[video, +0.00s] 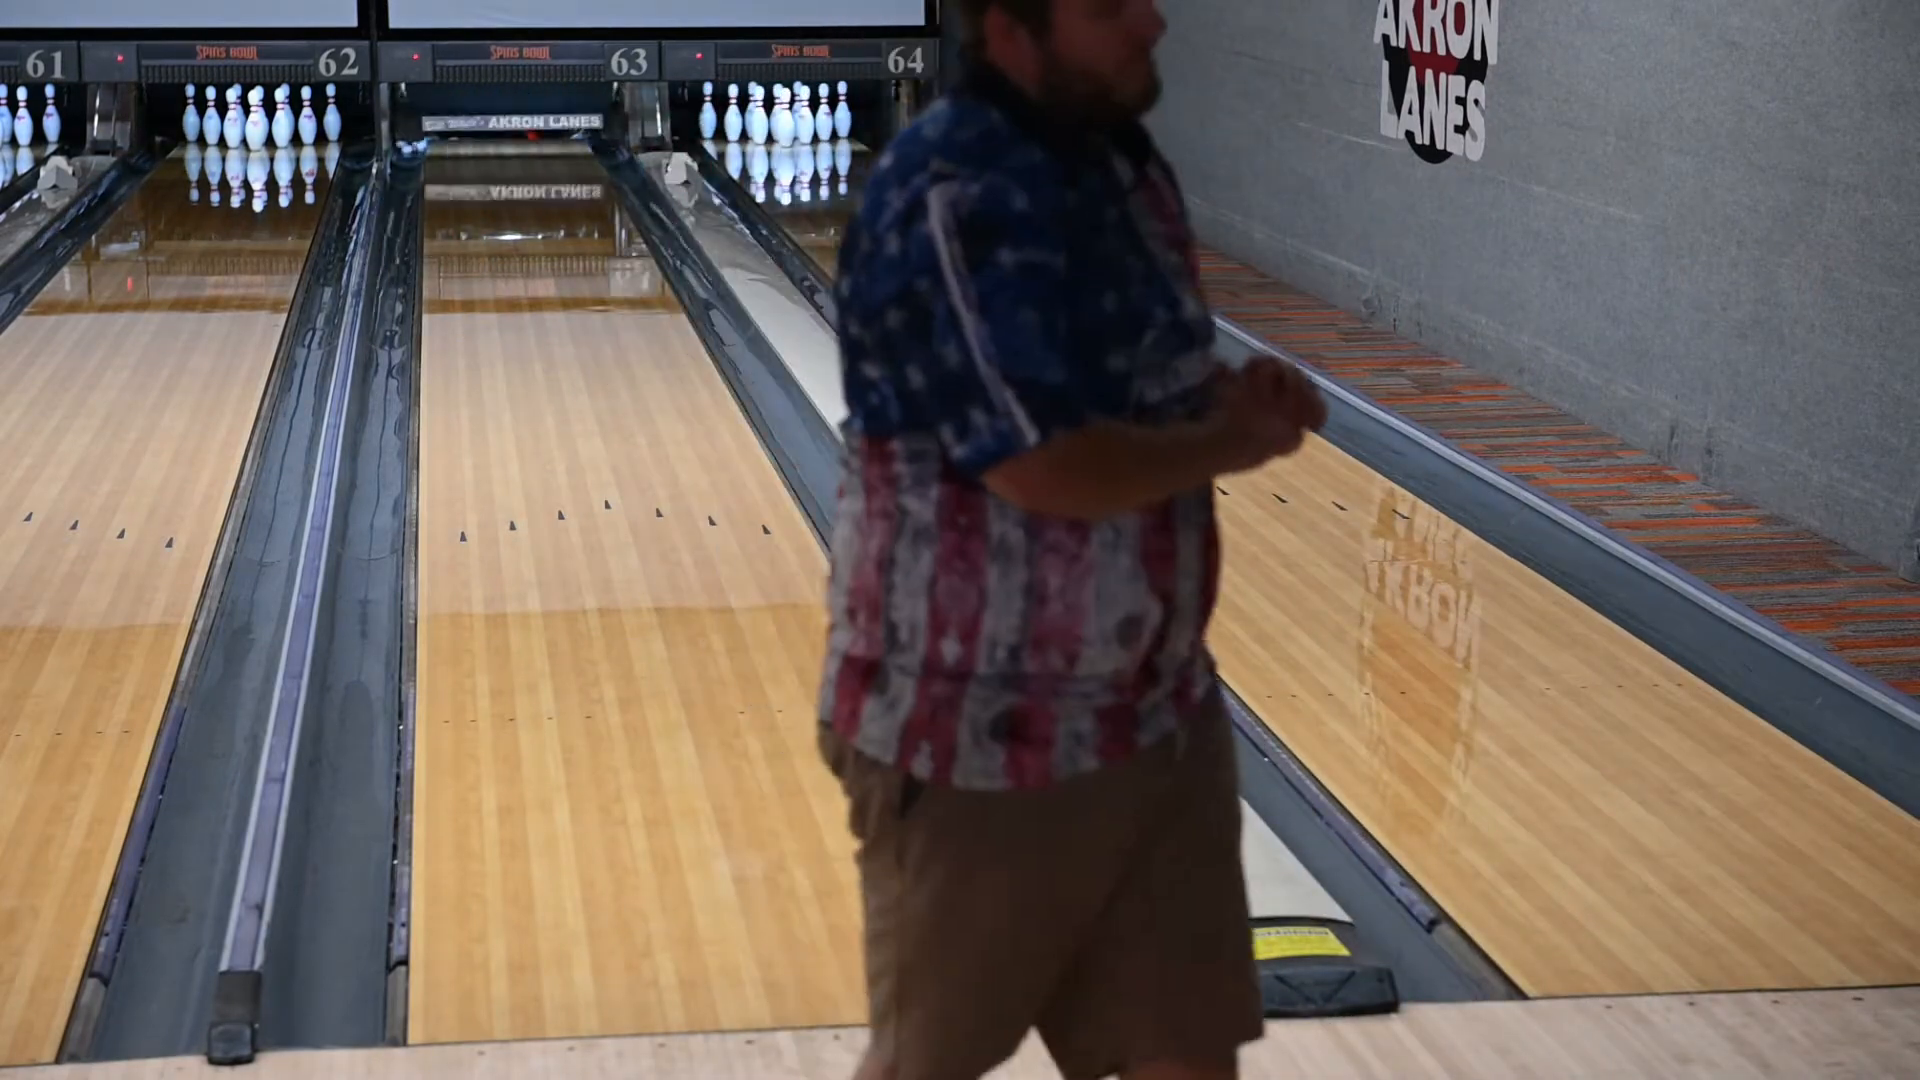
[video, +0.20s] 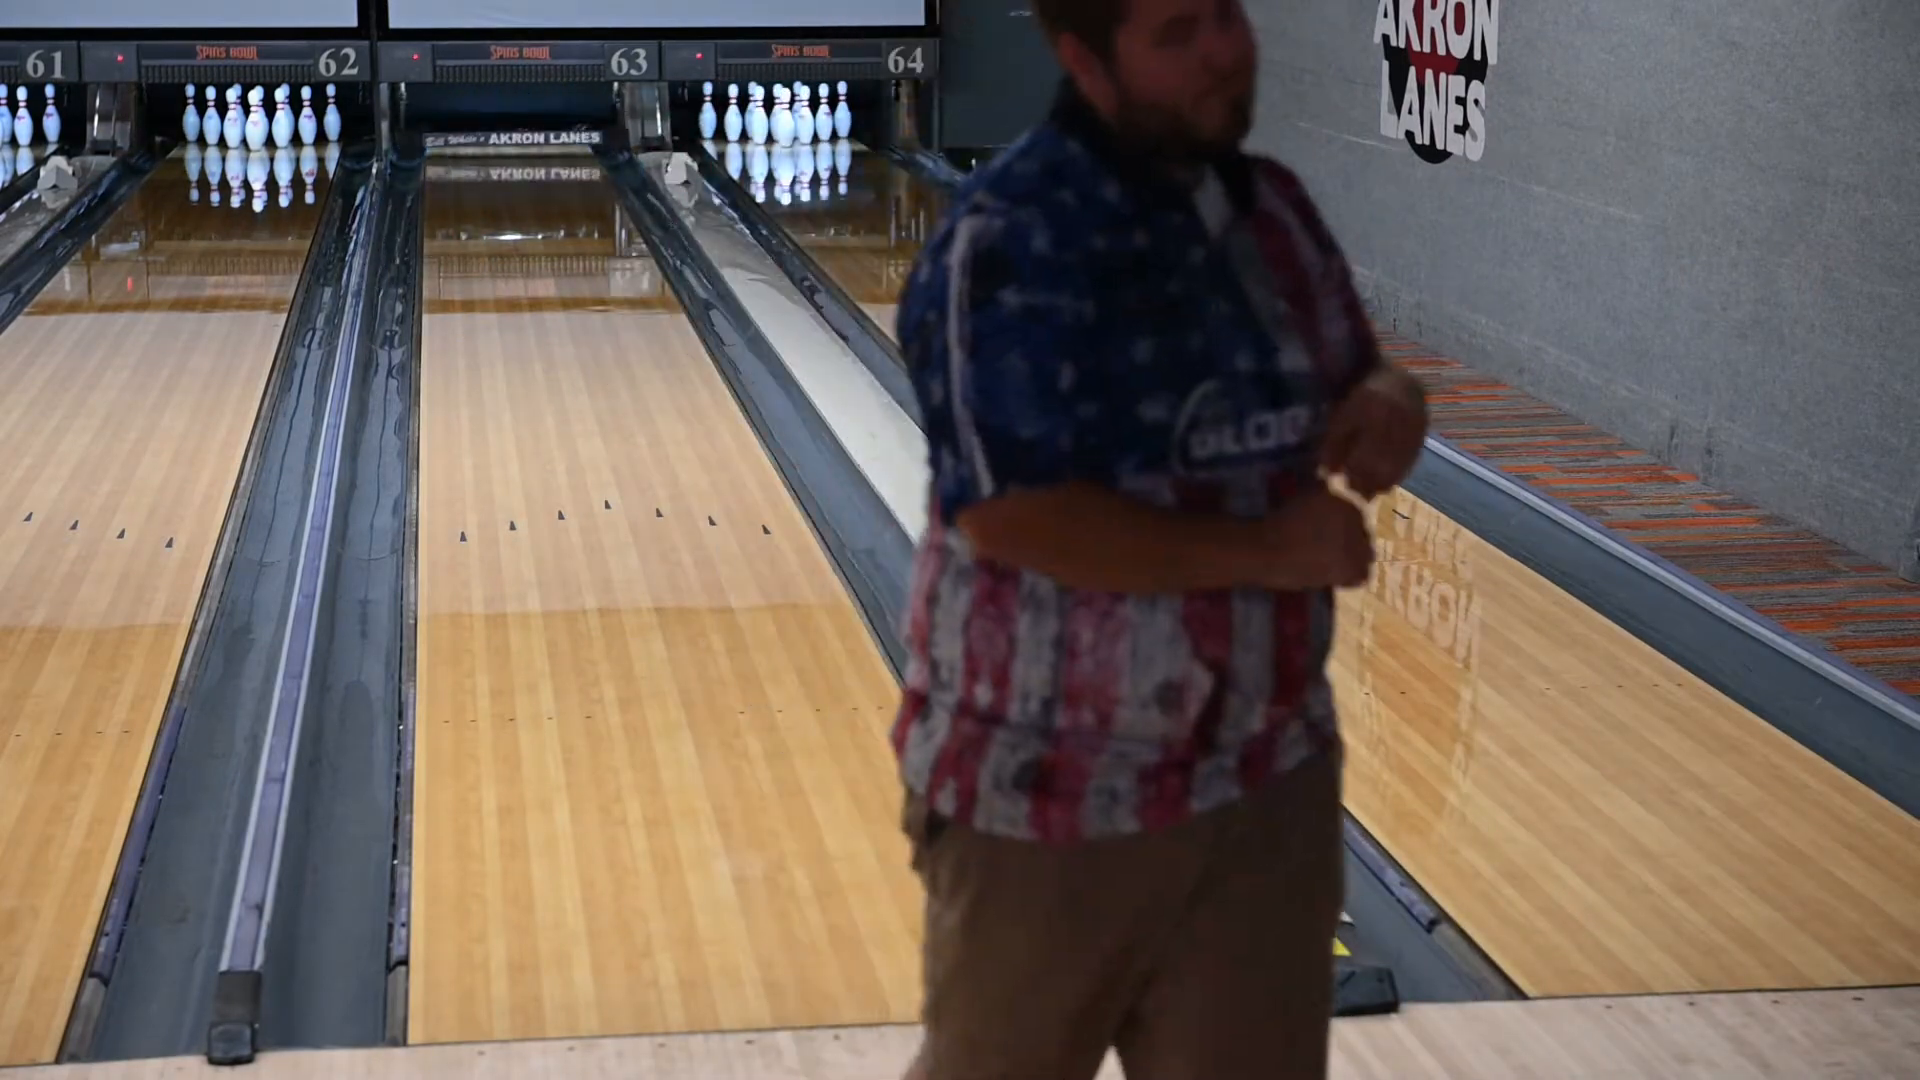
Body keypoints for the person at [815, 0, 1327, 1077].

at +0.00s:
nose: (1151, 20)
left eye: (1142, 0)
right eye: (1115, 4)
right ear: (1009, 29)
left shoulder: (1118, 159)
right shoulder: (941, 191)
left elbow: (1138, 379)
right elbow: (1038, 466)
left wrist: (1233, 398)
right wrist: (1229, 439)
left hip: (1152, 717)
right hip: (976, 740)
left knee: (1180, 1050)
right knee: (930, 1057)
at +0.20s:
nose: (1232, 52)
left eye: (1233, 16)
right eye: (1182, 30)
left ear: (1252, 17)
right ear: (1081, 57)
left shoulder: (1271, 203)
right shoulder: (1006, 233)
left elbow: (1354, 375)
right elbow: (1005, 508)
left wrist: (1389, 400)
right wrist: (1264, 549)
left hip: (1266, 784)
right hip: (1047, 800)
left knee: (1258, 1065)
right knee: (997, 1067)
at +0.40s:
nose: (1324, 34)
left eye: (1334, 1)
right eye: (1272, 13)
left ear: (1366, 9)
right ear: (1184, 41)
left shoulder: (1420, 197)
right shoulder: (1087, 220)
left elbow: (1627, 342)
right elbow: (976, 479)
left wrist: (1566, 364)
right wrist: (1184, 666)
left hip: (1389, 804)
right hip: (1157, 824)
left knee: (1399, 1066)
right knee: (1164, 1068)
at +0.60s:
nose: (1398, 18)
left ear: (1458, 12)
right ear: (1260, 23)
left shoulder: (1532, 195)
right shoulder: (1146, 217)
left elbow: (1767, 280)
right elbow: (1001, 467)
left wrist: (1786, 394)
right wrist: (1026, 718)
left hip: (1467, 818)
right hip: (1210, 821)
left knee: (1471, 1065)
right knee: (1227, 1065)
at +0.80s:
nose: (1436, 48)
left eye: (1461, 7)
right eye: (1381, 18)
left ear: (1501, 24)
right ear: (1299, 50)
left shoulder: (1601, 247)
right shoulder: (1182, 262)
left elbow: (1785, 482)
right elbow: (1045, 543)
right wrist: (996, 804)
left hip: (1527, 903)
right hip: (1267, 910)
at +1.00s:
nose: (1471, 65)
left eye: (1497, 18)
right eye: (1414, 33)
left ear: (1542, 34)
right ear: (1332, 74)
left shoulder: (1660, 269)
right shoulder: (1212, 301)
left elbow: (1747, 558)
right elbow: (1082, 598)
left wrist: (1854, 825)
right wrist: (1035, 887)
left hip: (1592, 961)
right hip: (1304, 969)